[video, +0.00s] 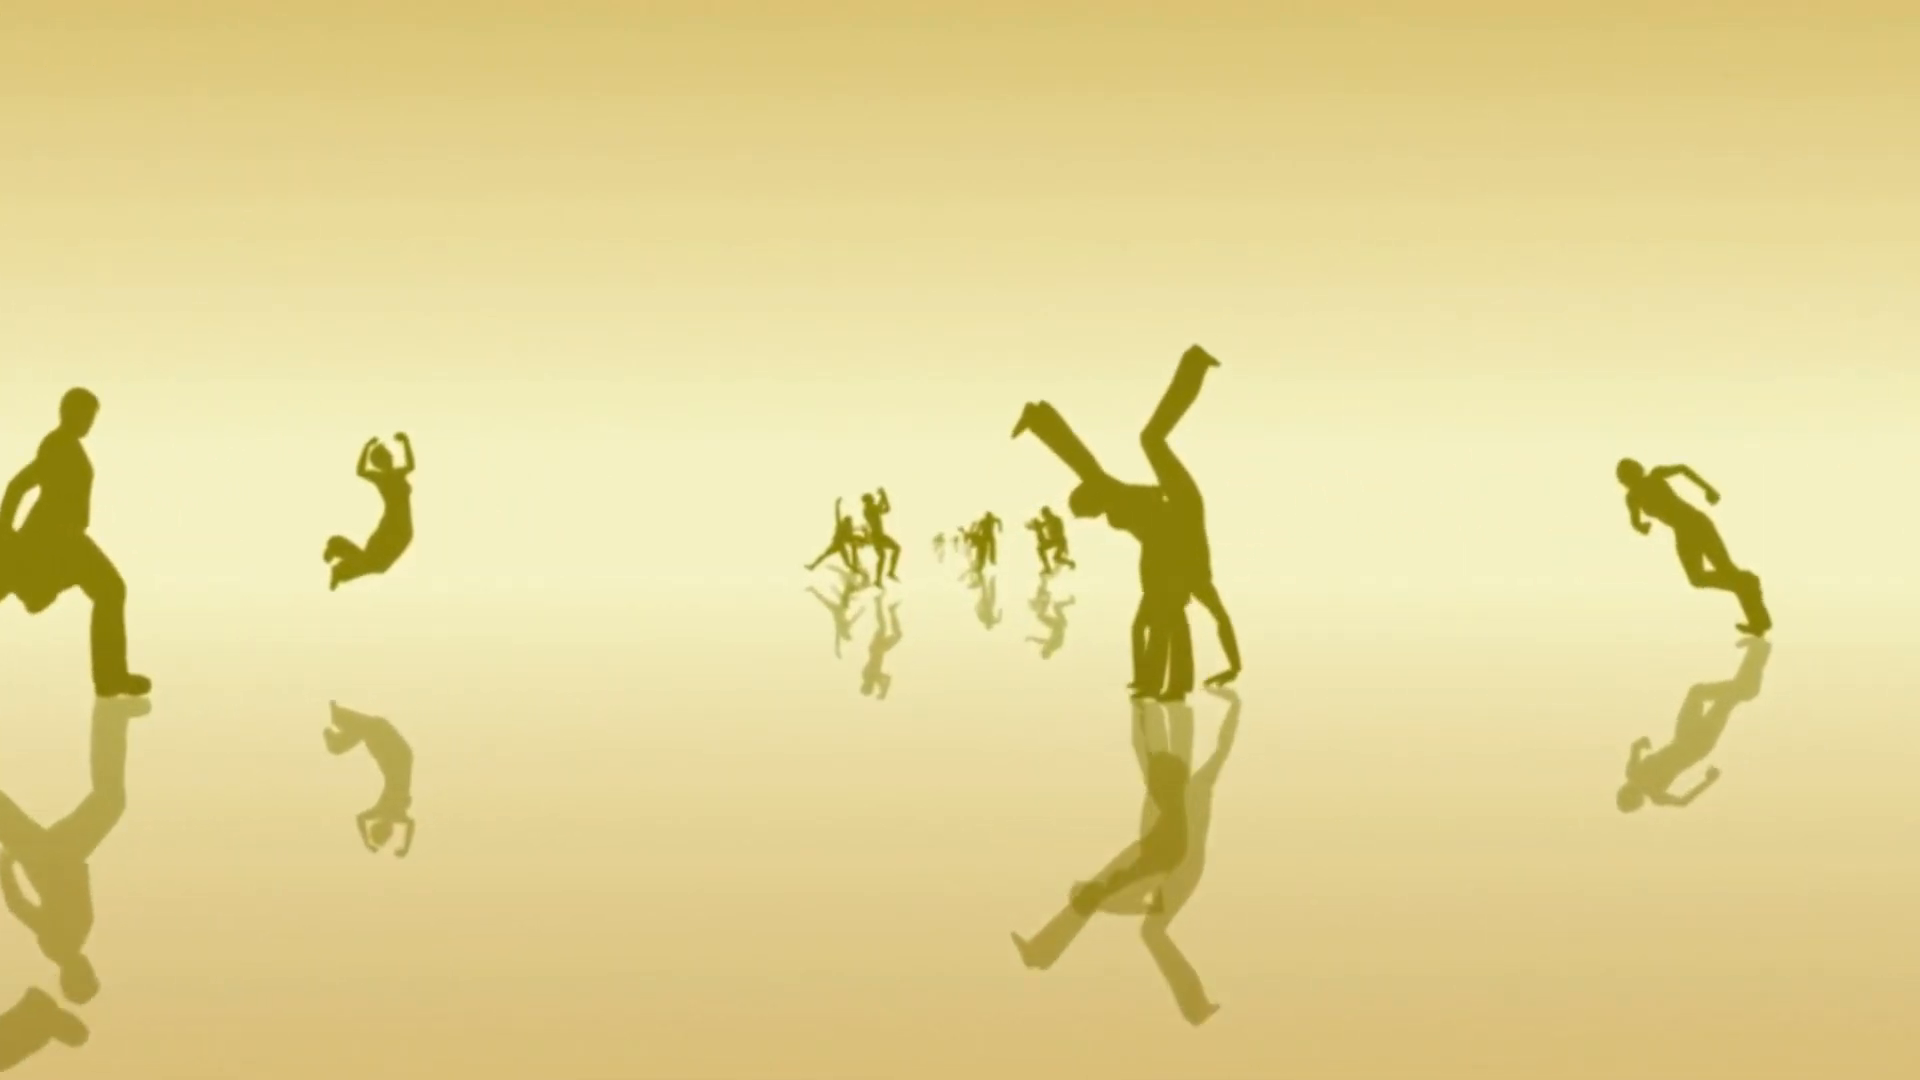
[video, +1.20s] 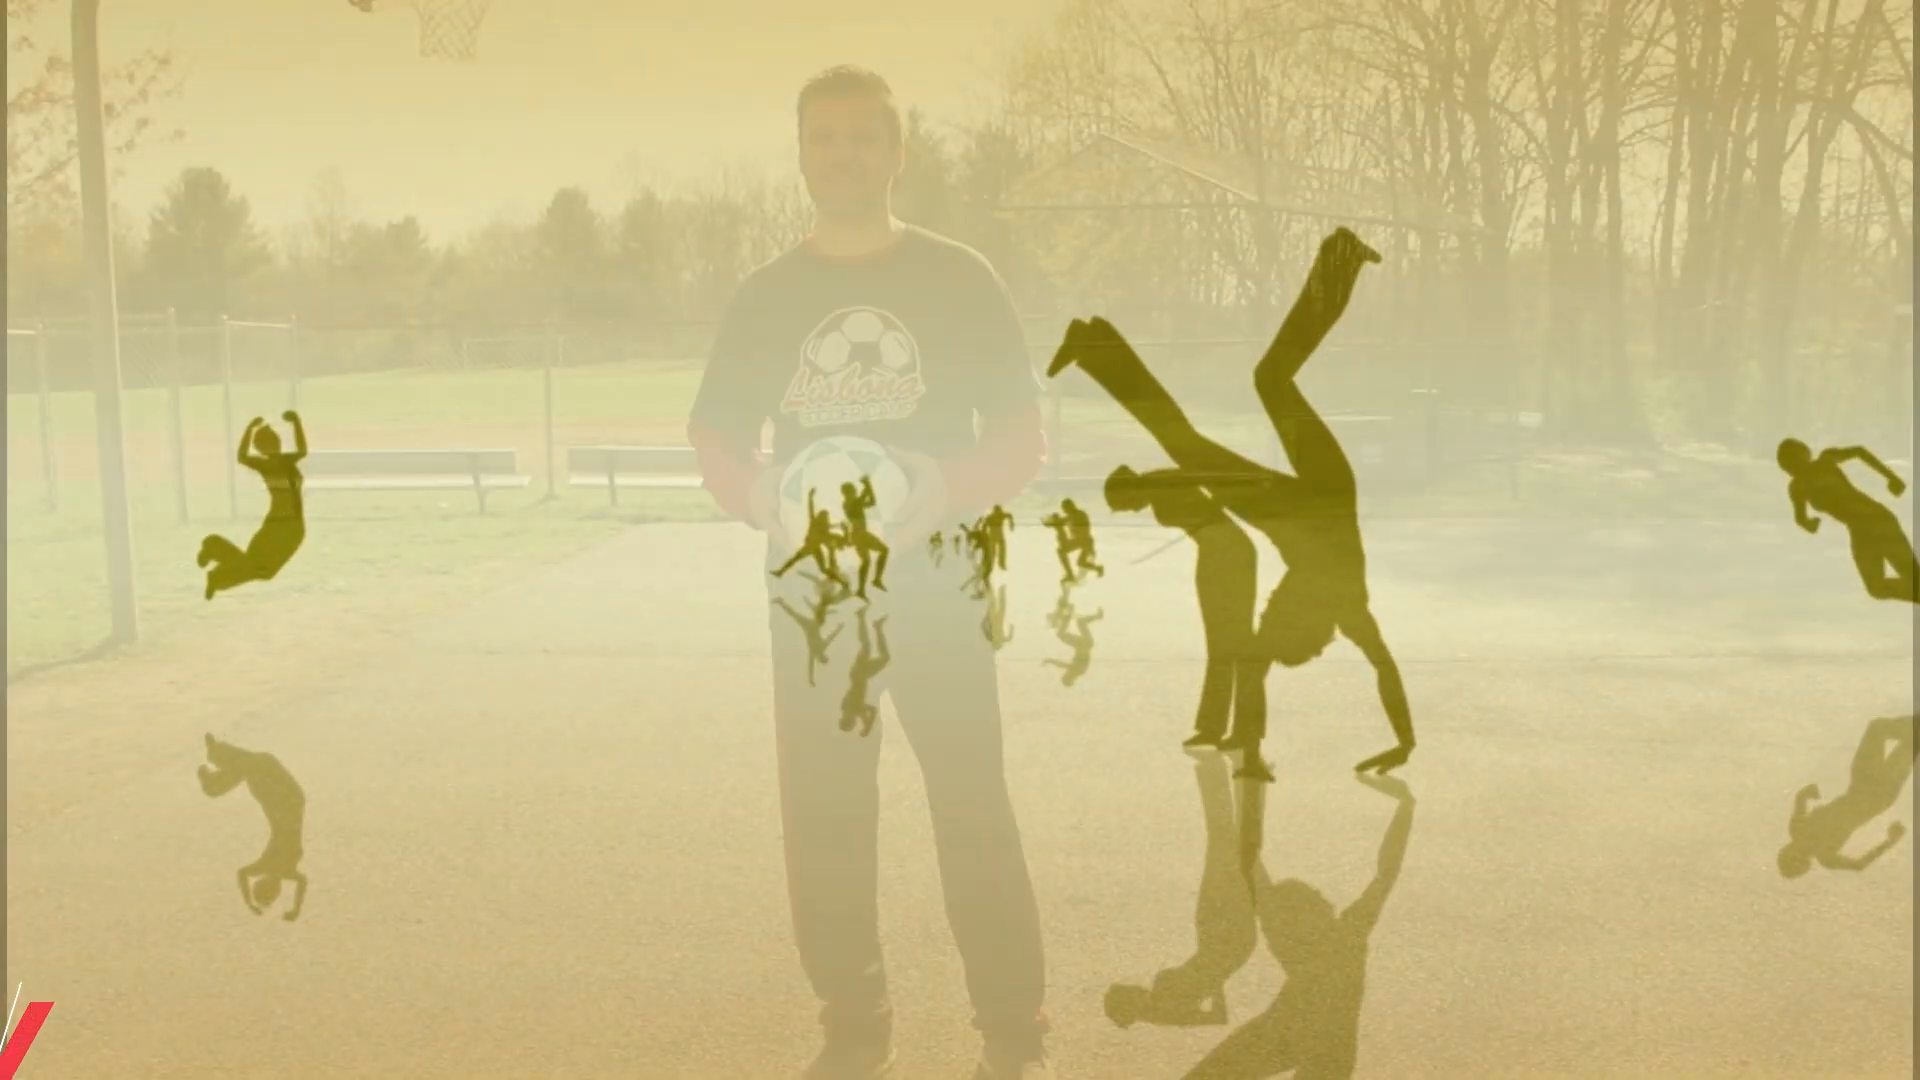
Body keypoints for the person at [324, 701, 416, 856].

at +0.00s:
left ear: (387, 829)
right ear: (375, 826)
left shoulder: (397, 816)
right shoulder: (378, 812)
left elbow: (411, 823)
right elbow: (360, 818)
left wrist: (405, 848)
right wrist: (366, 842)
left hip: (383, 731)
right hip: (372, 728)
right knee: (336, 747)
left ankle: (338, 713)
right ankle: (327, 732)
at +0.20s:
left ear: (371, 838)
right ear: (359, 835)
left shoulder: (380, 824)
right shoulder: (361, 821)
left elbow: (396, 831)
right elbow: (342, 826)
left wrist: (390, 856)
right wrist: (349, 851)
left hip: (365, 735)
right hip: (355, 734)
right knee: (318, 754)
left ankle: (321, 719)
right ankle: (309, 737)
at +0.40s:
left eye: (347, 856)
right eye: (343, 856)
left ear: (354, 847)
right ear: (342, 844)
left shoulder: (364, 832)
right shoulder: (343, 829)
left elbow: (379, 841)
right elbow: (324, 834)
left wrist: (373, 866)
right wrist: (332, 860)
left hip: (349, 741)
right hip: (336, 741)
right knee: (299, 760)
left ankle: (302, 725)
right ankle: (290, 742)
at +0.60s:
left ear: (335, 856)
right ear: (322, 853)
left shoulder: (346, 841)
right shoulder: (325, 838)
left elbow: (362, 849)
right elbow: (305, 843)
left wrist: (355, 875)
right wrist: (312, 870)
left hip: (330, 747)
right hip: (317, 747)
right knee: (279, 767)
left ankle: (282, 730)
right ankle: (270, 749)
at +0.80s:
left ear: (316, 866)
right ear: (303, 863)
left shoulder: (327, 851)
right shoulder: (307, 847)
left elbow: (343, 859)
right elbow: (286, 853)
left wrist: (337, 886)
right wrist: (293, 881)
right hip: (298, 753)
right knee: (258, 774)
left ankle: (262, 736)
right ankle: (249, 756)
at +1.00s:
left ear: (297, 876)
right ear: (283, 872)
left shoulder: (307, 860)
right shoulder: (286, 857)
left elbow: (324, 870)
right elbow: (263, 863)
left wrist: (317, 898)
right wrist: (271, 891)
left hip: (290, 761)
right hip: (276, 760)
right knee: (236, 782)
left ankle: (239, 742)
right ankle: (226, 762)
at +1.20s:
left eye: (265, 899)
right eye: (262, 897)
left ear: (274, 886)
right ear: (261, 883)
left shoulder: (285, 871)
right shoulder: (264, 867)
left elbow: (303, 880)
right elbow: (241, 873)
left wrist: (296, 909)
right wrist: (249, 903)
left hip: (268, 766)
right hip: (254, 767)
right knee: (213, 789)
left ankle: (217, 749)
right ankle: (202, 772)